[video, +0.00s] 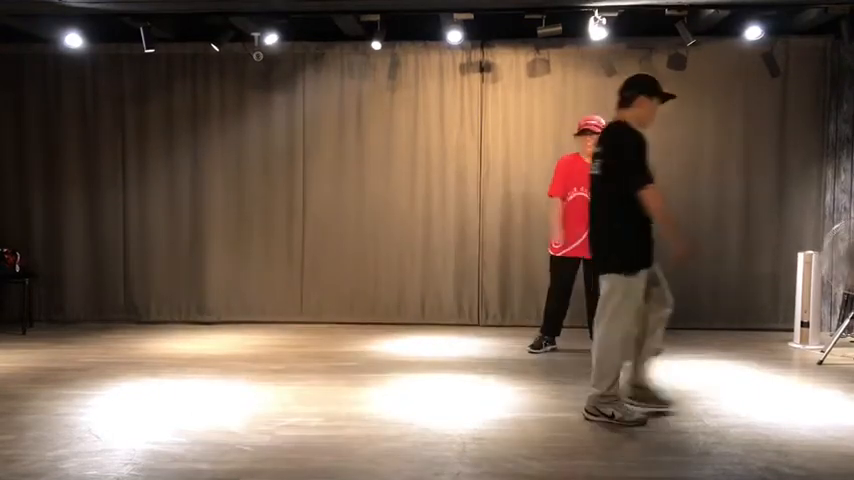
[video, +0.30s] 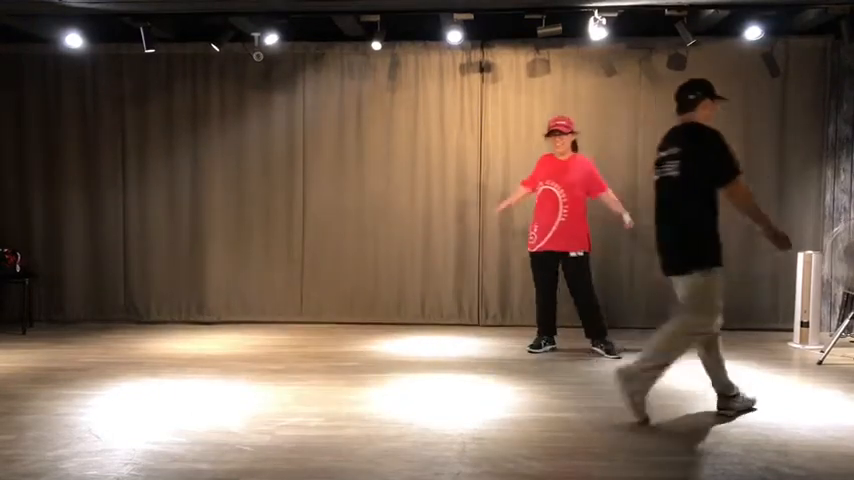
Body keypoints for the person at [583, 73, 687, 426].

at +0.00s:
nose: (657, 112)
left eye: (658, 105)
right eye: (655, 105)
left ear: (630, 102)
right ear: (639, 102)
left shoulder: (613, 136)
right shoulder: (627, 137)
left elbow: (611, 198)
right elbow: (646, 193)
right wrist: (676, 238)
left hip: (626, 250)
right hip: (623, 252)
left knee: (658, 307)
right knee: (616, 323)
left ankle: (636, 384)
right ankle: (601, 398)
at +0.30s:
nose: (716, 109)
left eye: (715, 103)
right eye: (713, 103)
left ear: (684, 106)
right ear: (702, 104)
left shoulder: (669, 140)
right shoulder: (706, 138)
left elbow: (670, 197)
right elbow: (736, 191)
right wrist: (770, 228)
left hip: (673, 243)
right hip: (697, 243)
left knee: (703, 321)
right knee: (699, 318)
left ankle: (726, 395)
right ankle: (636, 376)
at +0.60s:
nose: (761, 111)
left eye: (760, 106)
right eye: (761, 106)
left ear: (728, 106)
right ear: (754, 105)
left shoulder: (705, 142)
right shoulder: (762, 141)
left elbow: (708, 199)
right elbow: (771, 196)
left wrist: (712, 238)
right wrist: (778, 241)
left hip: (716, 247)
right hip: (756, 246)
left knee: (723, 325)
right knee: (783, 316)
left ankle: (729, 395)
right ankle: (794, 386)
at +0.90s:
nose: (796, 115)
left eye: (794, 110)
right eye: (796, 110)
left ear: (765, 111)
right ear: (794, 110)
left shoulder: (743, 145)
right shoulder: (806, 147)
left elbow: (737, 197)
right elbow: (821, 203)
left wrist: (747, 238)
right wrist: (832, 243)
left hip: (757, 247)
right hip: (799, 247)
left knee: (755, 309)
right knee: (806, 319)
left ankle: (758, 354)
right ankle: (806, 384)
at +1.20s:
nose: (793, 122)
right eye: (794, 117)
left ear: (764, 120)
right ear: (794, 117)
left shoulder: (751, 155)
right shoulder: (815, 148)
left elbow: (729, 200)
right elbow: (844, 191)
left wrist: (713, 237)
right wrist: (851, 218)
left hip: (768, 248)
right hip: (810, 246)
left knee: (776, 305)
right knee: (810, 312)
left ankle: (783, 357)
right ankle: (807, 380)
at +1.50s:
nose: (743, 125)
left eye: (742, 121)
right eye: (745, 121)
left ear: (745, 121)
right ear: (775, 118)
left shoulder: (738, 153)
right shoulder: (797, 147)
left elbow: (733, 202)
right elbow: (813, 194)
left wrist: (734, 238)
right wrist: (821, 232)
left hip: (758, 238)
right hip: (794, 235)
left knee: (768, 301)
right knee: (799, 290)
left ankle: (782, 355)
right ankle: (808, 334)